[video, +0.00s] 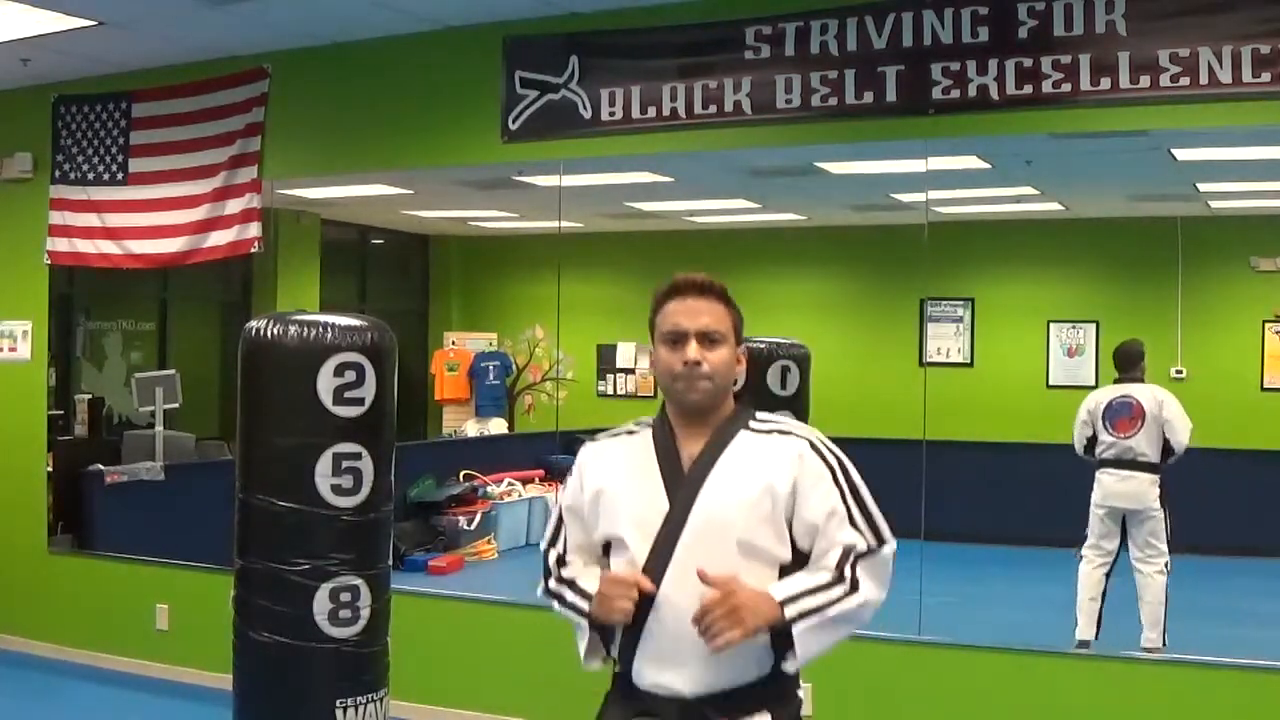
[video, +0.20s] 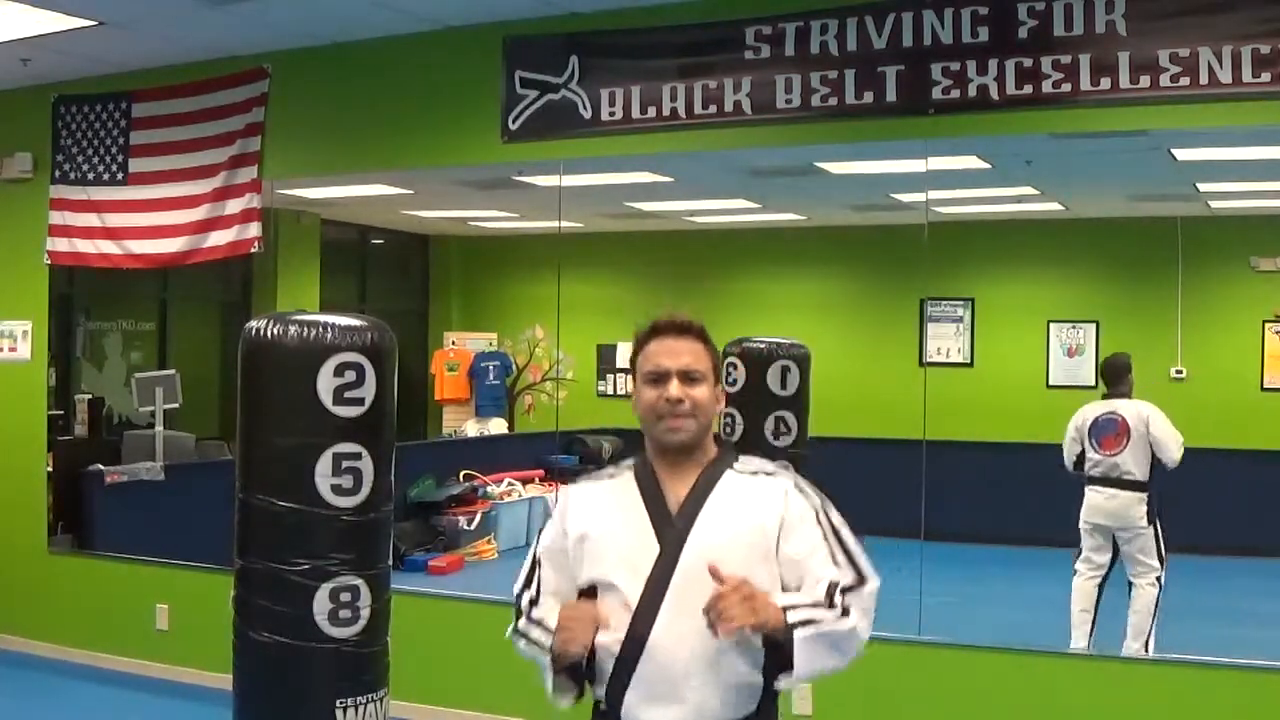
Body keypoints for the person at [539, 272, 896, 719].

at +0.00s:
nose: (692, 355)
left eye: (709, 340)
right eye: (674, 340)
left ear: (739, 362)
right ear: (652, 359)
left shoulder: (797, 453)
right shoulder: (601, 459)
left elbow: (863, 561)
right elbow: (559, 566)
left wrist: (774, 605)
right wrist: (592, 596)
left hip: (752, 706)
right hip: (636, 704)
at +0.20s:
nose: (674, 394)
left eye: (691, 379)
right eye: (656, 379)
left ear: (718, 395)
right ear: (635, 394)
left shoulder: (780, 495)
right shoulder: (583, 503)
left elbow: (850, 605)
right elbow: (529, 616)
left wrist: (777, 614)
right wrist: (562, 632)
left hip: (740, 712)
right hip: (621, 711)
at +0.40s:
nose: (663, 399)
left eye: (680, 386)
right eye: (646, 387)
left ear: (707, 404)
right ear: (624, 406)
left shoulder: (769, 504)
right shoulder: (578, 513)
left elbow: (828, 606)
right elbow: (533, 626)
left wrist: (768, 639)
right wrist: (575, 645)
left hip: (730, 711)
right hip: (613, 713)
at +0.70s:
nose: (705, 388)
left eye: (726, 378)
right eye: (692, 374)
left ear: (756, 404)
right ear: (674, 392)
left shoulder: (805, 494)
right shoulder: (627, 498)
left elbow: (881, 609)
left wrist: (782, 585)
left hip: (761, 713)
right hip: (649, 711)